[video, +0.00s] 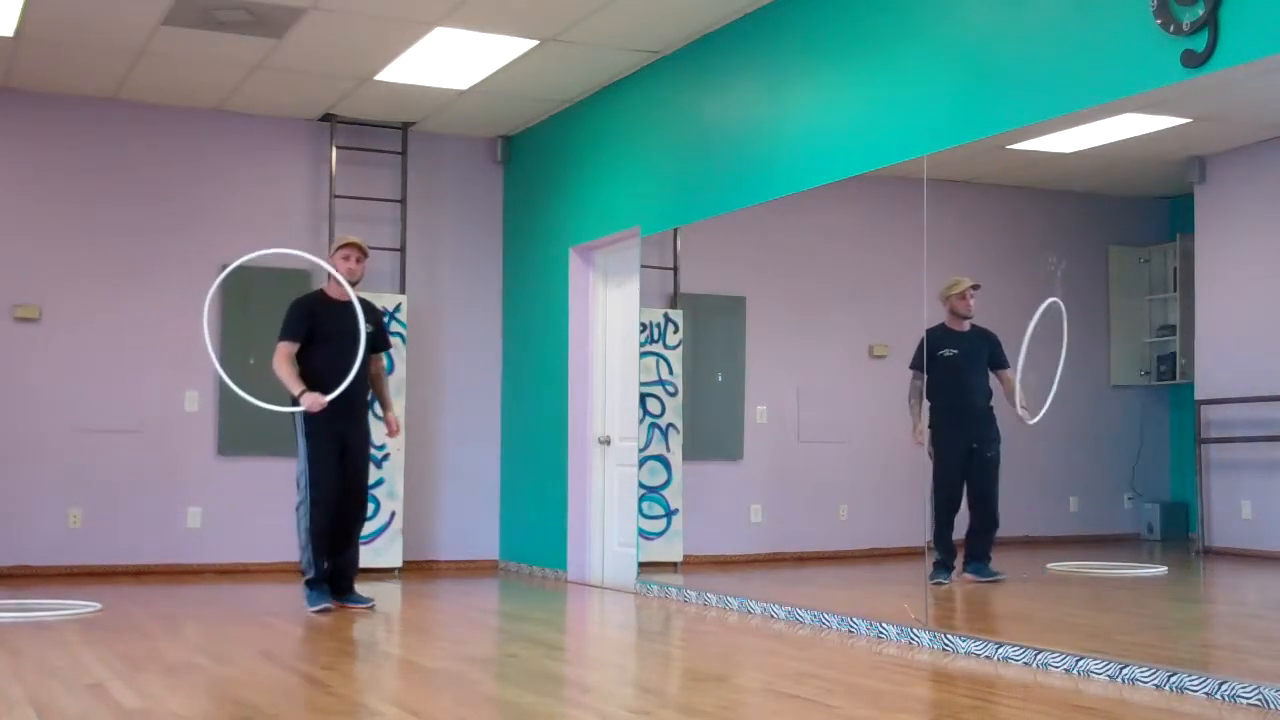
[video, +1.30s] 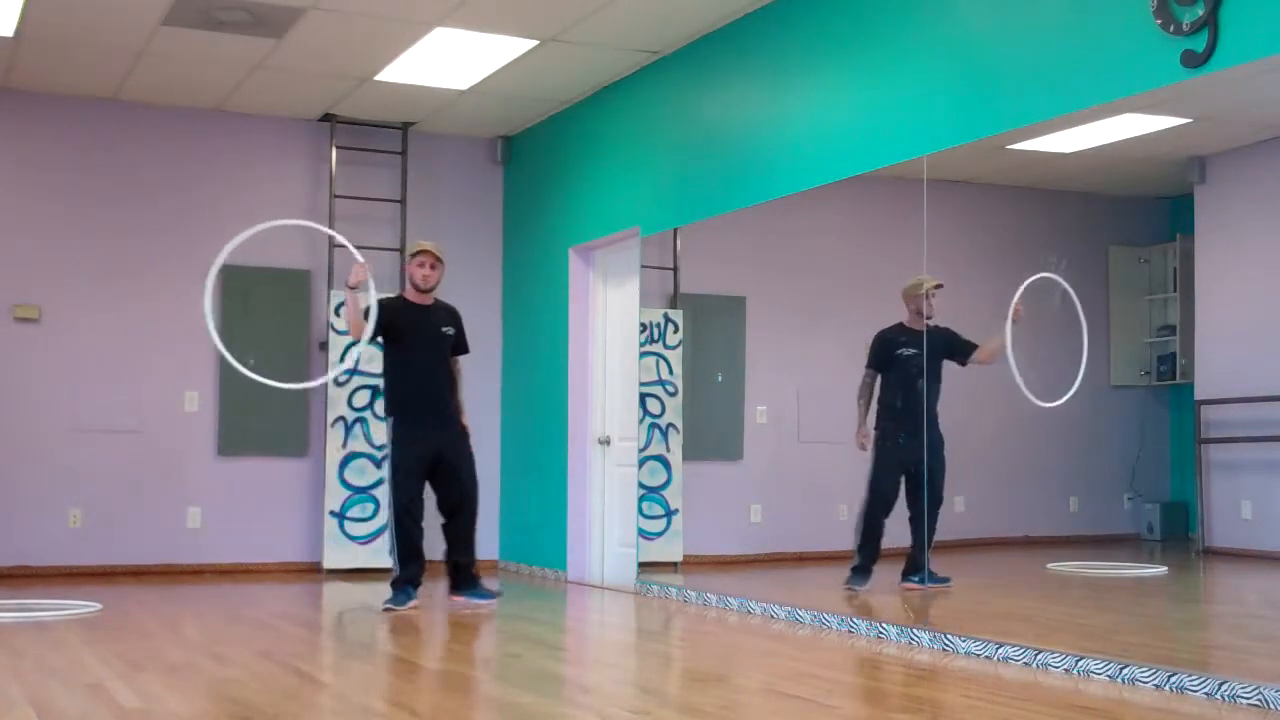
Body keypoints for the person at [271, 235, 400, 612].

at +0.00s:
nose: (352, 265)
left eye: (358, 261)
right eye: (346, 258)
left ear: (364, 268)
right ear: (331, 262)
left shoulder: (370, 314)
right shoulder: (307, 307)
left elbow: (376, 367)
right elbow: (281, 359)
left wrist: (387, 409)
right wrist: (302, 392)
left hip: (355, 417)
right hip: (318, 416)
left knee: (353, 498)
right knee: (319, 497)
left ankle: (342, 585)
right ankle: (316, 588)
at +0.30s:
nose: (359, 268)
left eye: (363, 263)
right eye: (353, 261)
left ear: (365, 270)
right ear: (333, 264)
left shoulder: (367, 313)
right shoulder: (310, 310)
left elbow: (367, 364)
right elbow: (299, 364)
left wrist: (371, 403)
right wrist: (337, 393)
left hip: (366, 417)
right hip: (326, 418)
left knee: (379, 501)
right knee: (324, 504)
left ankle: (389, 587)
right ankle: (323, 587)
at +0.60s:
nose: (380, 271)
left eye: (382, 266)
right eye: (372, 264)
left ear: (381, 272)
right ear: (351, 267)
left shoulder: (380, 316)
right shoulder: (331, 307)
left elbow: (385, 363)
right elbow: (354, 347)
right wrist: (389, 377)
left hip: (377, 417)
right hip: (340, 416)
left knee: (394, 500)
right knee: (331, 502)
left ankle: (418, 586)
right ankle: (322, 586)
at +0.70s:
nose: (385, 270)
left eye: (388, 266)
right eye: (378, 263)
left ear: (387, 272)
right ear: (356, 266)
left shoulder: (386, 317)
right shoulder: (337, 305)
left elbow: (382, 380)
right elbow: (373, 332)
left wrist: (392, 422)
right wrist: (414, 353)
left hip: (379, 417)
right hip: (341, 415)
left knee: (398, 502)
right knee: (330, 501)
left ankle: (424, 586)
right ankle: (318, 586)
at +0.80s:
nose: (391, 272)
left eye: (395, 267)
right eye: (384, 265)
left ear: (395, 274)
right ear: (363, 267)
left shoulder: (391, 320)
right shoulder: (341, 304)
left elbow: (391, 380)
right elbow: (384, 316)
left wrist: (402, 421)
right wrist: (433, 318)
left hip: (385, 419)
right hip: (346, 417)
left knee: (400, 504)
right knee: (332, 503)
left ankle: (426, 586)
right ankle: (319, 586)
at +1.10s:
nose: (418, 271)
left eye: (423, 266)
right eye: (412, 264)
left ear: (427, 272)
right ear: (395, 267)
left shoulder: (431, 314)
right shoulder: (371, 302)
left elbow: (438, 370)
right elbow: (377, 327)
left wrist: (443, 412)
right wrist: (397, 283)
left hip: (422, 421)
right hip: (383, 421)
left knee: (422, 510)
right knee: (375, 509)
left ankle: (425, 586)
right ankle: (368, 585)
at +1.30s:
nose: (426, 270)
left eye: (433, 266)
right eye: (419, 264)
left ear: (440, 275)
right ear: (407, 270)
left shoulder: (448, 315)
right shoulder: (388, 308)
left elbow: (452, 370)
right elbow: (356, 330)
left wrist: (459, 416)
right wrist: (352, 290)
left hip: (446, 425)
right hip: (407, 425)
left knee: (462, 501)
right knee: (406, 507)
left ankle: (463, 581)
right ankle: (406, 584)